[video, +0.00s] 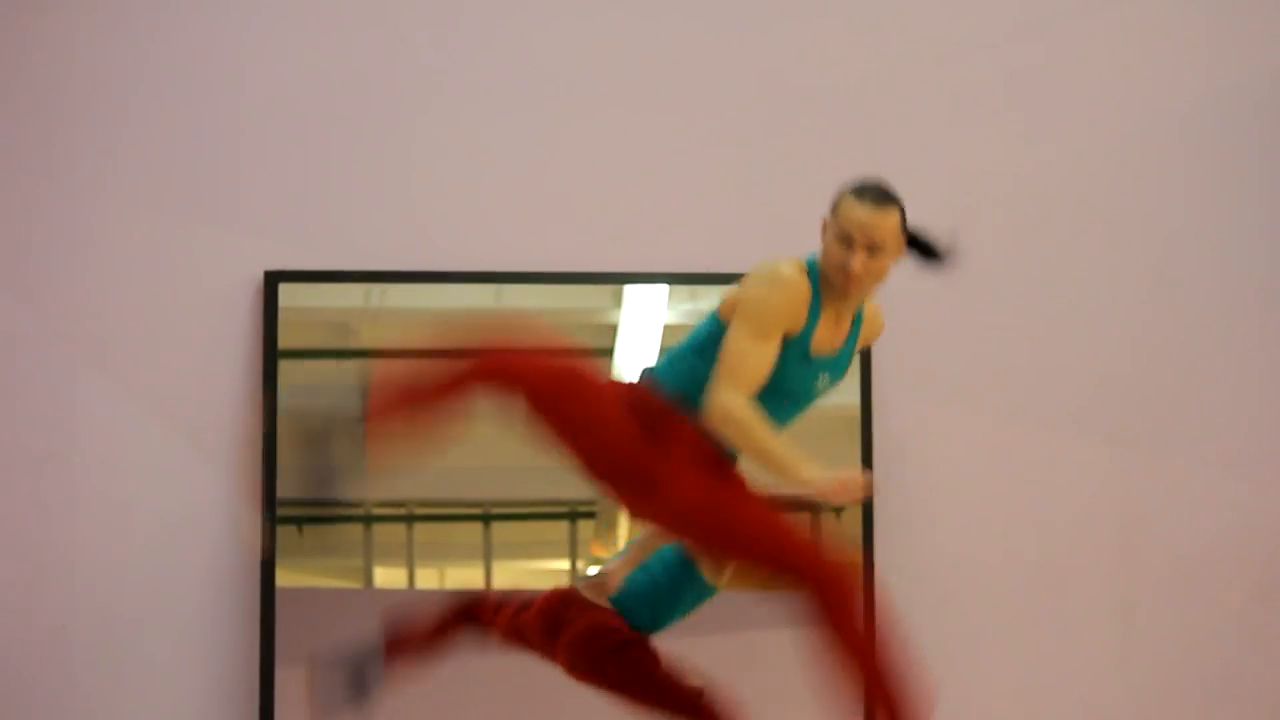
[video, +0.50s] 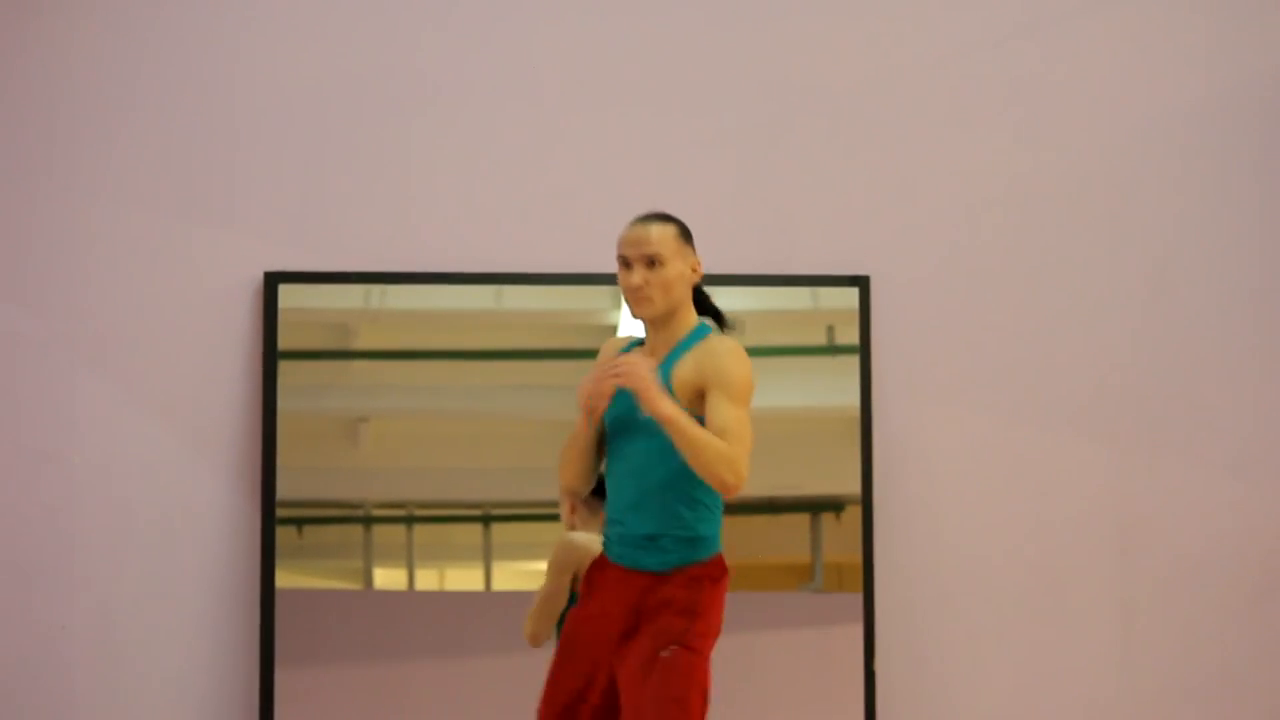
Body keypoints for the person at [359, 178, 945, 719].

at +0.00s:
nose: (854, 262)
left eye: (873, 252)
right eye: (845, 243)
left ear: (895, 261)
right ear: (825, 235)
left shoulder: (869, 321)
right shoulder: (780, 288)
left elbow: (780, 391)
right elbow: (725, 407)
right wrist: (814, 482)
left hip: (699, 476)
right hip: (638, 424)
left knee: (829, 564)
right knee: (511, 356)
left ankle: (886, 706)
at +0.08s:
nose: (843, 314)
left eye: (863, 305)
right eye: (836, 295)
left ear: (885, 316)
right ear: (816, 286)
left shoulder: (852, 374)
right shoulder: (765, 337)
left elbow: (761, 443)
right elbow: (675, 435)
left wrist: (739, 512)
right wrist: (749, 513)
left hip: (688, 543)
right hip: (617, 490)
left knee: (733, 702)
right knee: (466, 545)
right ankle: (432, 687)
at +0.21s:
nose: (758, 383)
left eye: (779, 372)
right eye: (753, 365)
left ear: (816, 381)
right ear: (743, 364)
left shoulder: (805, 483)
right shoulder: (675, 426)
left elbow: (800, 570)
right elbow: (593, 523)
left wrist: (831, 657)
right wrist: (594, 630)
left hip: (678, 655)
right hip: (586, 636)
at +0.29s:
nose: (702, 386)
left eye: (722, 373)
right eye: (695, 368)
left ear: (759, 380)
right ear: (684, 371)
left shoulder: (782, 487)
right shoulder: (624, 439)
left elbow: (795, 607)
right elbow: (561, 533)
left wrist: (852, 619)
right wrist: (547, 605)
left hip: (678, 684)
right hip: (578, 662)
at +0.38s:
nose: (668, 357)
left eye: (686, 343)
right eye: (661, 342)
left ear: (727, 345)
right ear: (652, 345)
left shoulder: (754, 445)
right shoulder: (616, 415)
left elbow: (781, 580)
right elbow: (574, 511)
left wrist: (769, 495)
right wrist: (555, 529)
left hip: (681, 670)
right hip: (587, 651)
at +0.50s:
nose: (636, 279)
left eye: (653, 263)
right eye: (626, 265)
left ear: (693, 270)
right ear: (617, 275)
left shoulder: (720, 355)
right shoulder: (619, 355)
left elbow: (731, 476)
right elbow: (574, 485)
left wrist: (657, 400)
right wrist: (589, 417)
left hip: (683, 582)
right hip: (613, 577)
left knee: (661, 710)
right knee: (564, 710)